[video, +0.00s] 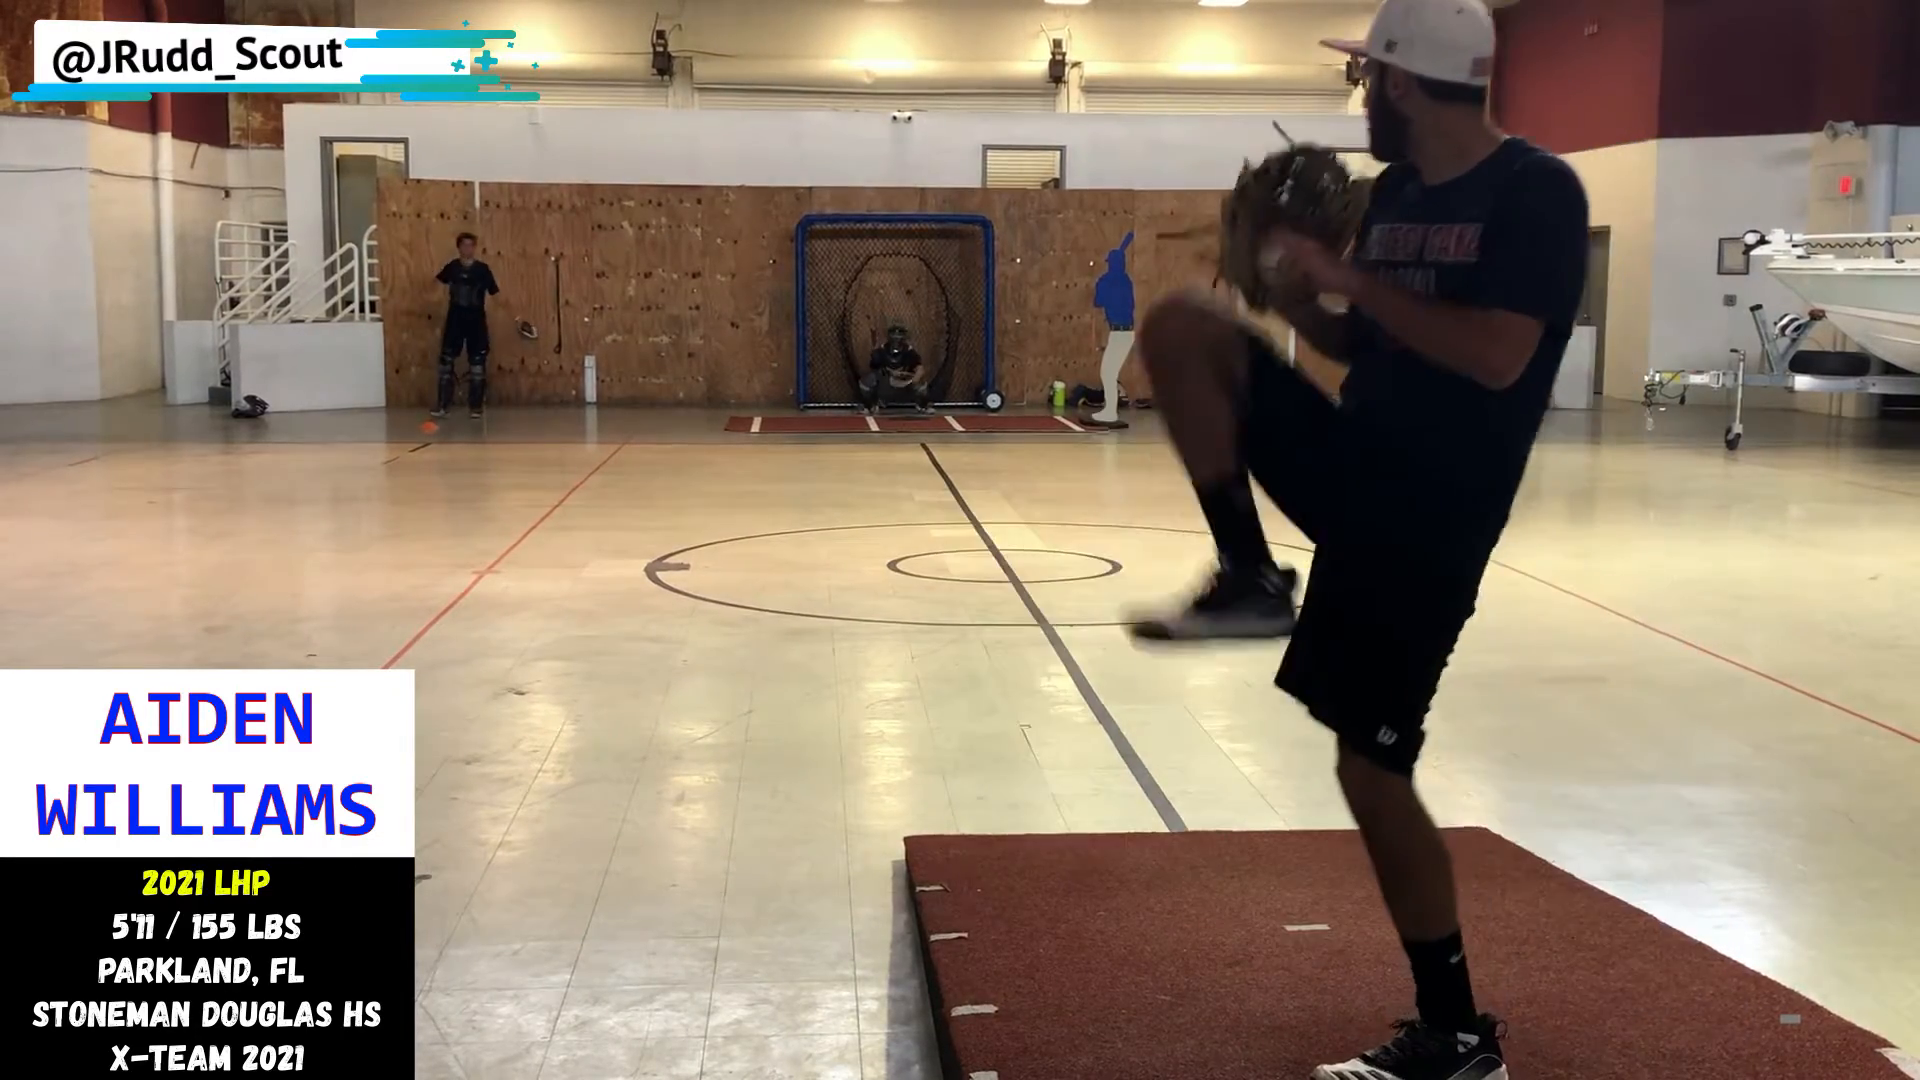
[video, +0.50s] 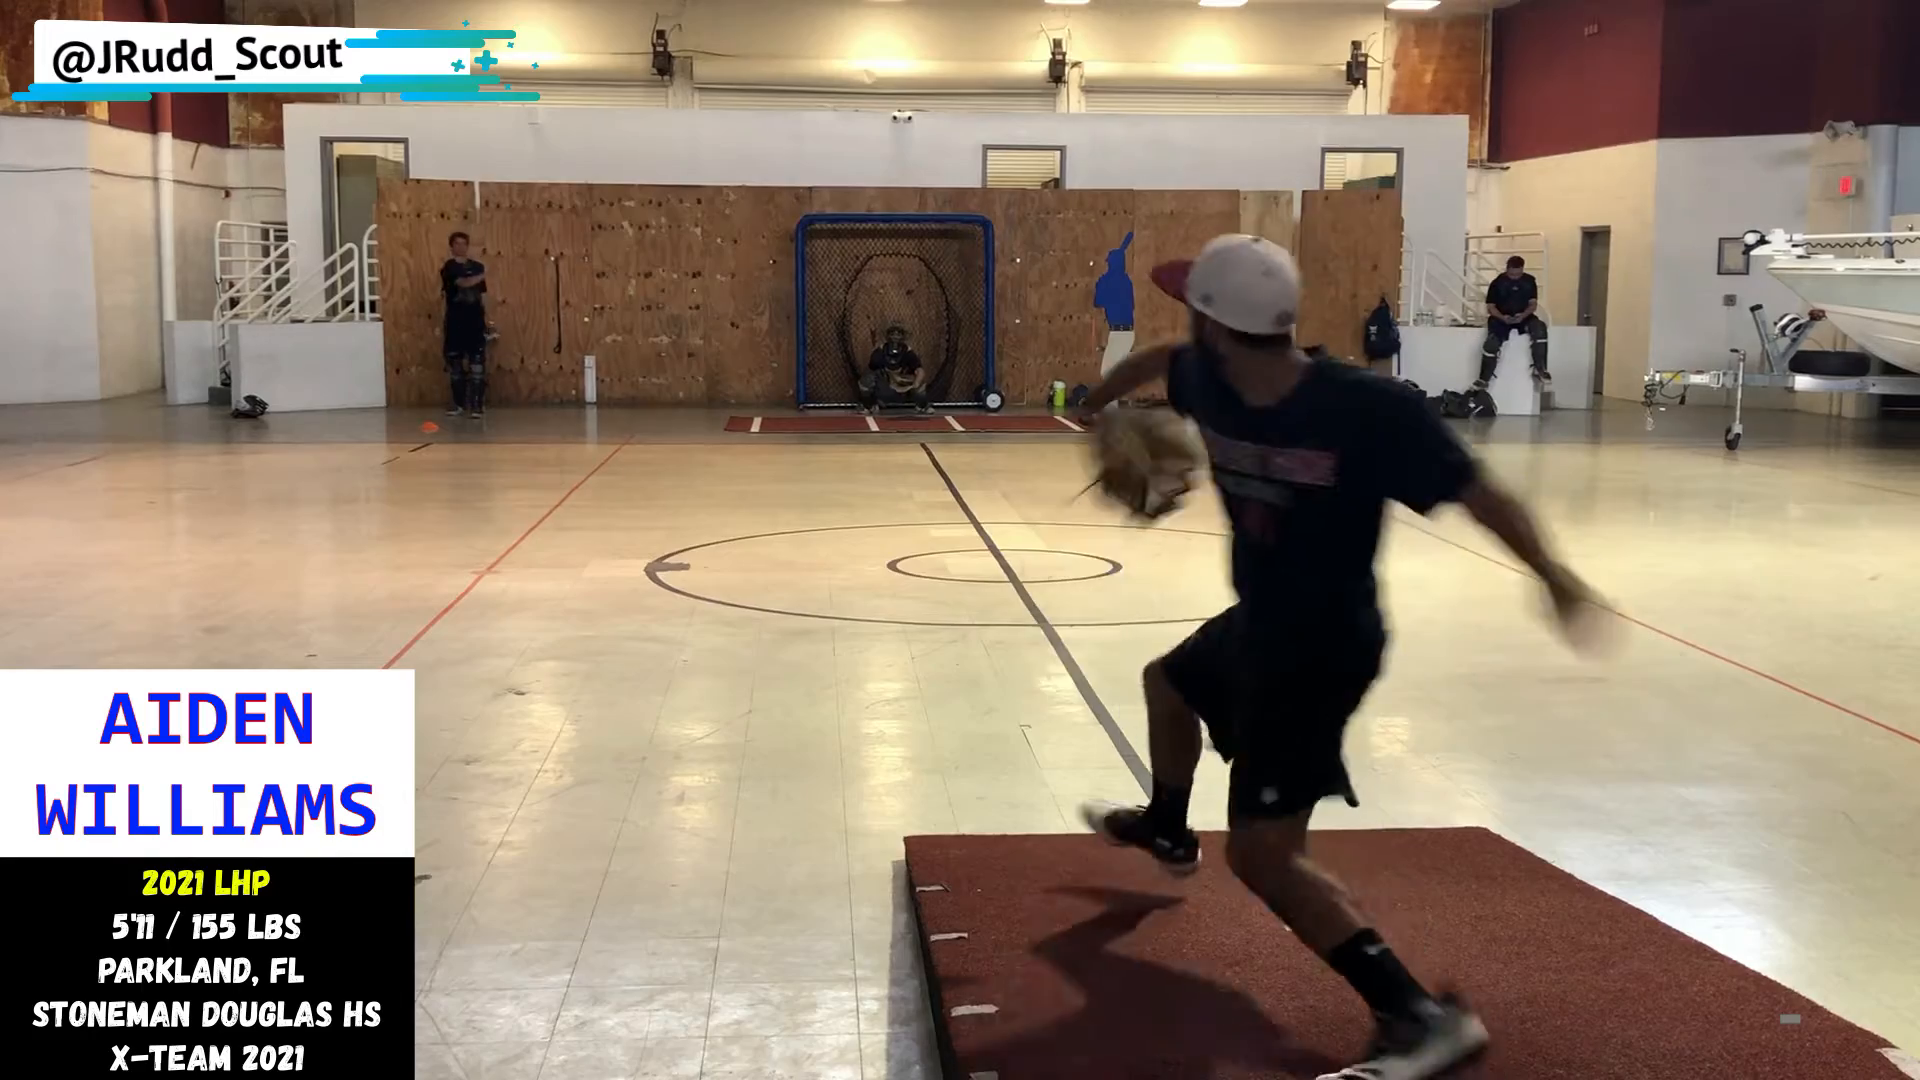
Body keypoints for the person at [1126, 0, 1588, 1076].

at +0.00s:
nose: (1363, 97)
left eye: (1372, 78)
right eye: (1365, 78)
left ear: (1411, 83)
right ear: (1423, 85)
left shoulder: (1541, 191)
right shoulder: (1395, 197)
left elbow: (1500, 353)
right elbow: (1371, 360)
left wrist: (1349, 281)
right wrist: (1292, 300)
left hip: (1431, 520)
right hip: (1348, 470)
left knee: (1371, 772)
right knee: (1181, 324)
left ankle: (1451, 1031)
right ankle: (1248, 573)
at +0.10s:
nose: (1336, 122)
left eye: (1347, 105)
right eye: (1339, 103)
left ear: (1383, 110)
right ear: (1410, 109)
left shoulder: (1515, 218)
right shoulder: (1365, 215)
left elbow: (1500, 395)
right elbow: (1340, 352)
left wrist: (1335, 355)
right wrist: (1270, 332)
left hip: (1438, 532)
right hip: (1349, 488)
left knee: (1342, 770)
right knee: (1149, 465)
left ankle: (1448, 1027)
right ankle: (1230, 690)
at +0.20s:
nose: (1307, 180)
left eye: (1317, 164)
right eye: (1309, 162)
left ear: (1356, 174)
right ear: (1381, 172)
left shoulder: (1492, 279)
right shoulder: (1333, 268)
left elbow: (1501, 453)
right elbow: (1262, 377)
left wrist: (1332, 520)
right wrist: (1176, 460)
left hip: (1441, 556)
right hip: (1341, 528)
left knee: (1325, 778)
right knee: (1147, 606)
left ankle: (1444, 1029)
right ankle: (1163, 828)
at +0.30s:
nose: (1285, 269)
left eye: (1292, 254)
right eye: (1287, 254)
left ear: (1312, 258)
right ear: (1384, 249)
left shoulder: (1466, 354)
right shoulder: (1297, 331)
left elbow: (1522, 525)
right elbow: (1184, 408)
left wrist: (1486, 663)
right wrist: (1082, 518)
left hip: (1416, 602)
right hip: (1322, 568)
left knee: (1296, 793)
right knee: (1154, 680)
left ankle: (1439, 1028)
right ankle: (1134, 858)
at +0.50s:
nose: (1190, 325)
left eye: (1197, 315)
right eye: (1193, 316)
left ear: (1219, 327)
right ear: (1279, 322)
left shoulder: (1367, 407)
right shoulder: (1208, 379)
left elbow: (1482, 494)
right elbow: (1158, 366)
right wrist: (1096, 394)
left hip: (1328, 640)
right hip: (1260, 618)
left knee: (1261, 854)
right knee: (1168, 686)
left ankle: (1418, 1016)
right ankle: (1165, 825)